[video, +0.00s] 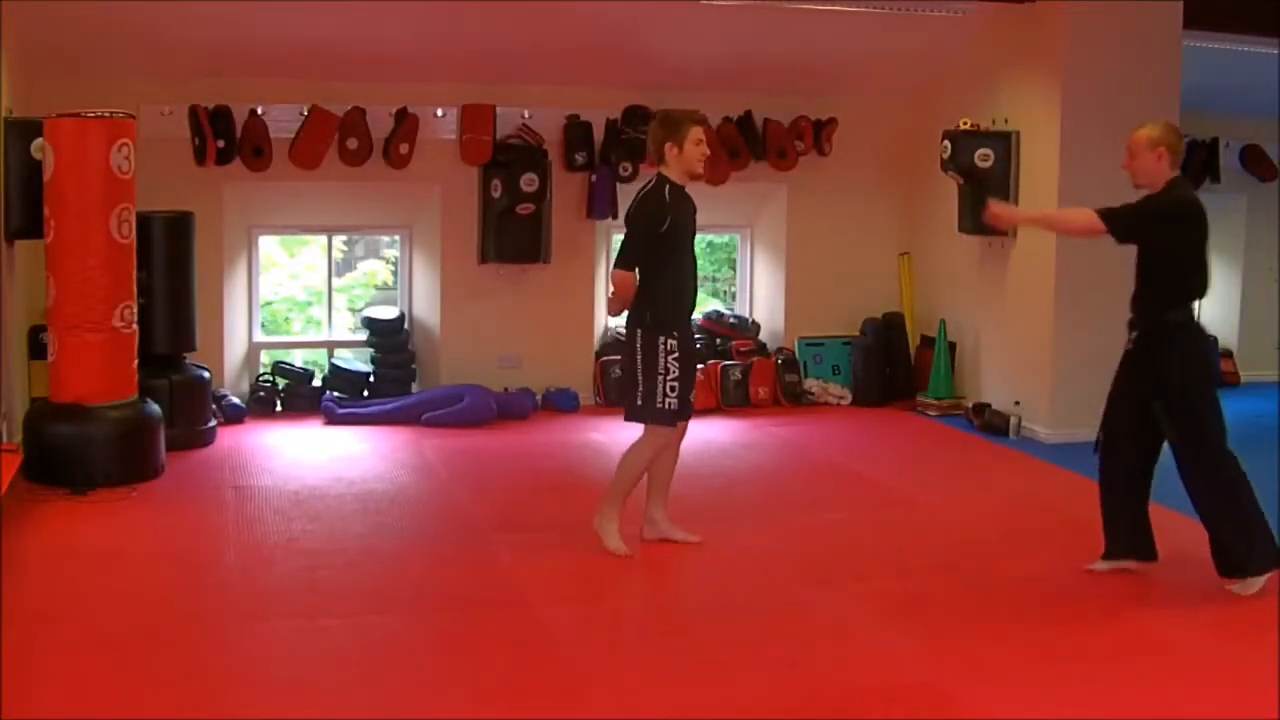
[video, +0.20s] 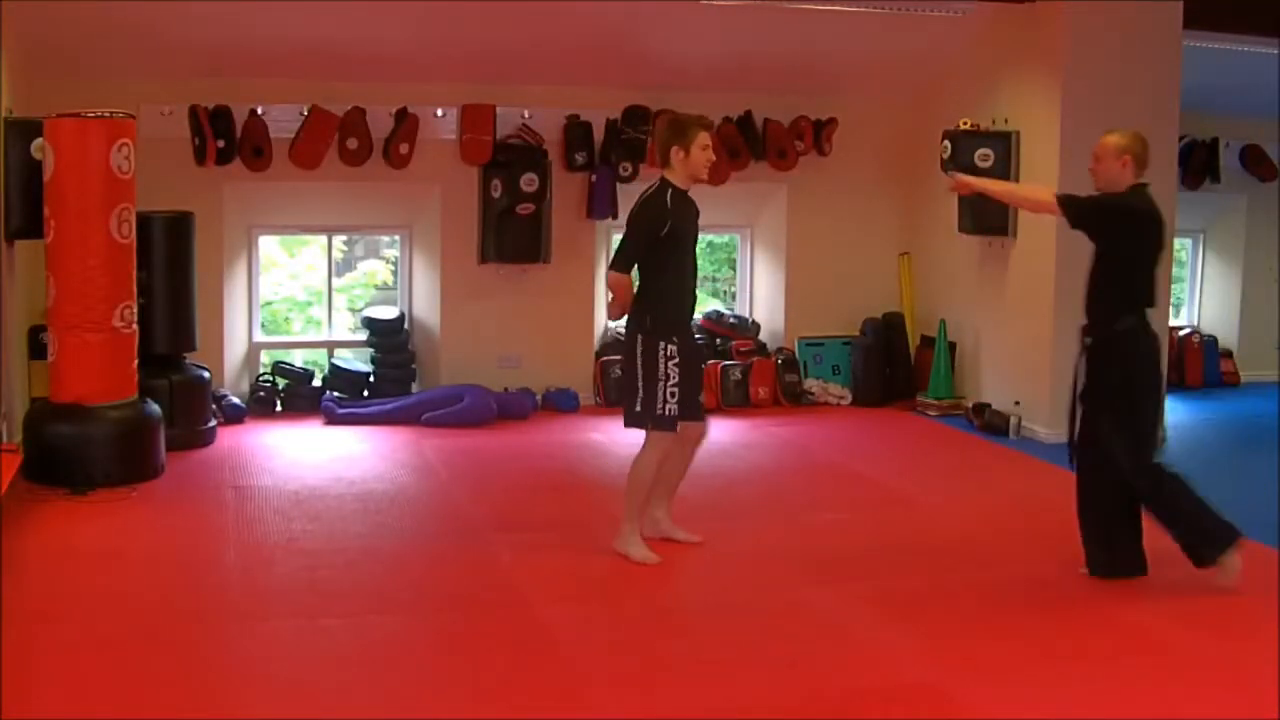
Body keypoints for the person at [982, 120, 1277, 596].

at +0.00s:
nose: (1126, 164)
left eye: (1132, 154)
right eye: (1127, 155)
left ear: (1161, 157)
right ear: (1161, 158)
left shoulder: (1174, 206)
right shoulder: (1168, 204)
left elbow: (1090, 223)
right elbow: (1095, 223)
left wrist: (1017, 216)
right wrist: (1022, 218)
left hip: (1176, 347)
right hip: (1148, 346)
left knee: (1204, 455)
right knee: (1121, 445)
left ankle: (1255, 558)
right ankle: (1128, 548)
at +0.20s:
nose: (1091, 167)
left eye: (1098, 159)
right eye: (1093, 159)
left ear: (1126, 165)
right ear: (1126, 166)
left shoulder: (1129, 211)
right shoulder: (1132, 209)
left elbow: (1045, 202)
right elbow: (1046, 202)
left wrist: (977, 184)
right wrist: (982, 186)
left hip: (1126, 346)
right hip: (1112, 343)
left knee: (1127, 453)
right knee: (1098, 451)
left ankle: (1217, 542)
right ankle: (1115, 559)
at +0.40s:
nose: (1042, 145)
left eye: (1050, 138)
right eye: (1046, 137)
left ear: (1076, 146)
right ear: (1079, 147)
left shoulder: (1076, 191)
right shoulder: (1087, 191)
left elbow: (1002, 187)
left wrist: (931, 176)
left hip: (1073, 328)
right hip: (1084, 325)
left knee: (1043, 439)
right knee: (1092, 436)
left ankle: (1077, 549)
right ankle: (1111, 545)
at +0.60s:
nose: (978, 160)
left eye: (987, 152)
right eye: (981, 151)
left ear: (1013, 160)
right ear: (1015, 162)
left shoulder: (1012, 206)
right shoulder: (1025, 205)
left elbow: (934, 200)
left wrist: (871, 186)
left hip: (1010, 346)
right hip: (1021, 341)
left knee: (969, 449)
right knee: (1051, 444)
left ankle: (930, 557)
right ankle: (1100, 540)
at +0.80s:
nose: (920, 160)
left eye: (927, 152)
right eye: (923, 152)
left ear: (946, 156)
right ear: (957, 157)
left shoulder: (946, 203)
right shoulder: (965, 201)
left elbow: (875, 201)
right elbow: (883, 197)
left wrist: (814, 189)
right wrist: (823, 187)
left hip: (942, 335)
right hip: (955, 331)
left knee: (921, 445)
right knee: (939, 440)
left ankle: (922, 562)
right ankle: (993, 516)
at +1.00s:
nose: (859, 159)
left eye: (864, 151)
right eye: (860, 151)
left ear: (883, 153)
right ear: (898, 155)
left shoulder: (886, 199)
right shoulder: (916, 200)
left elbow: (818, 206)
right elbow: (836, 205)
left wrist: (763, 195)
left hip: (888, 337)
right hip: (898, 333)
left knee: (892, 448)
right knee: (859, 433)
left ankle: (922, 563)